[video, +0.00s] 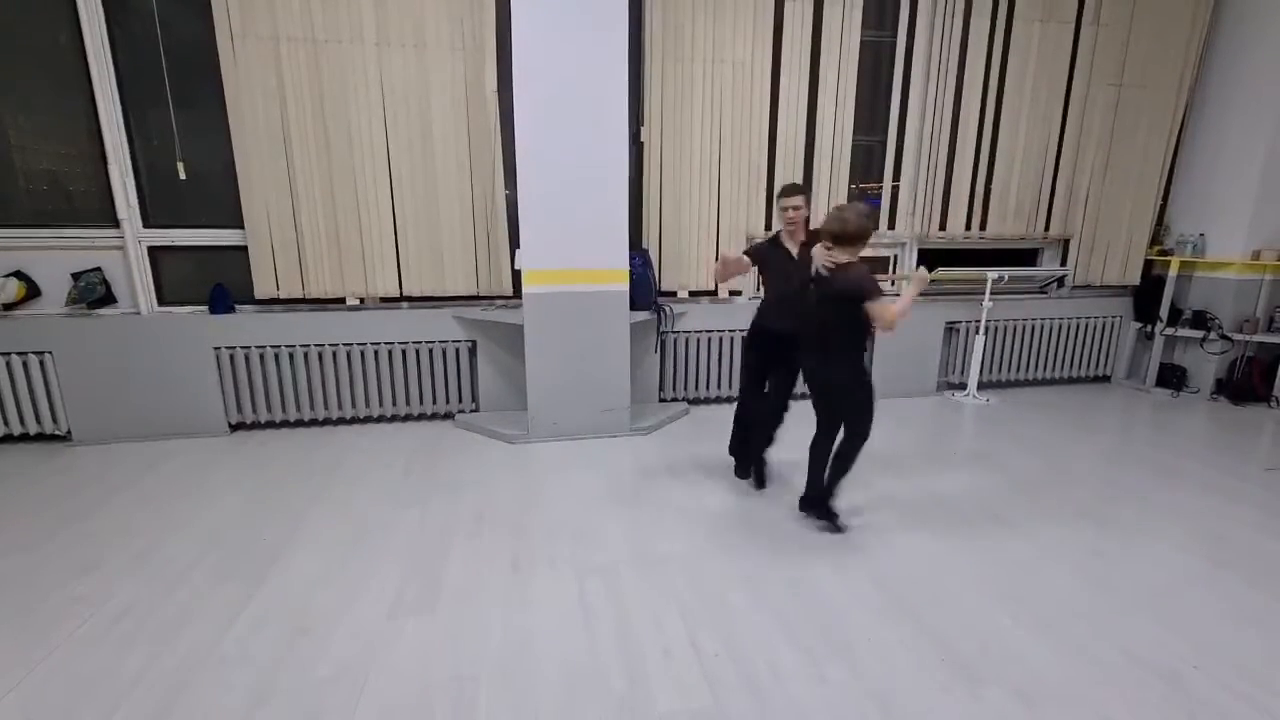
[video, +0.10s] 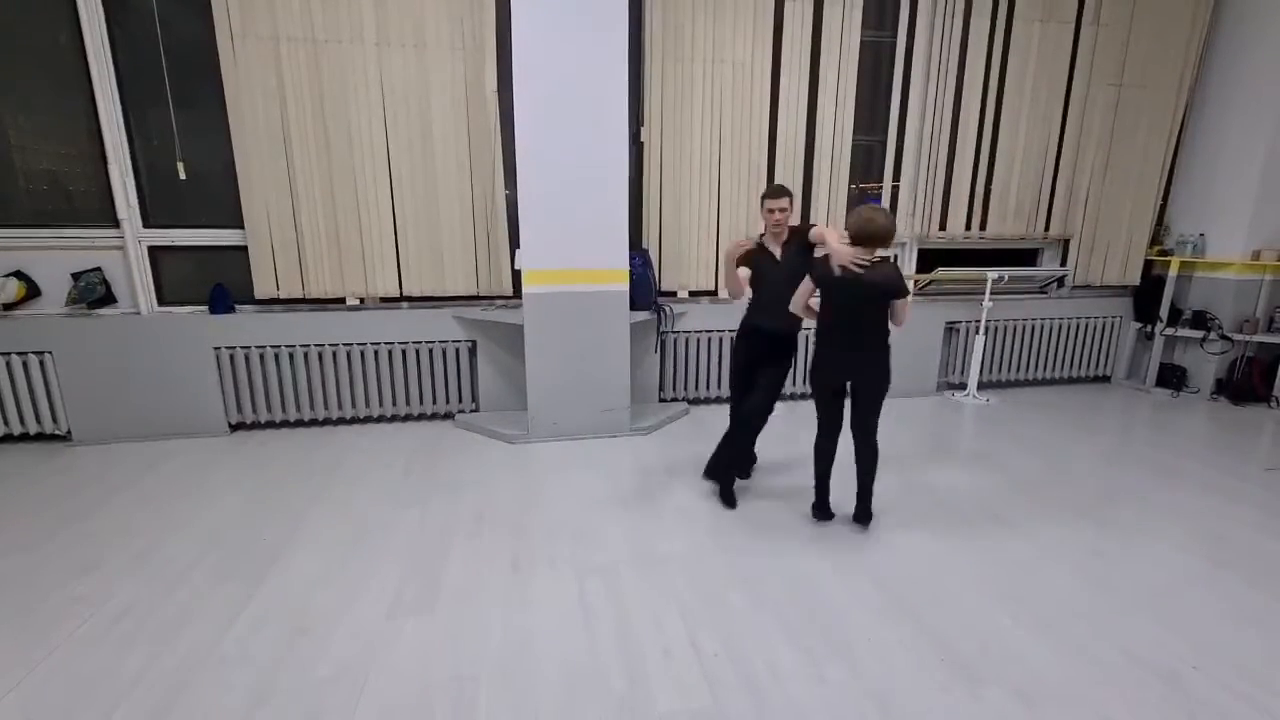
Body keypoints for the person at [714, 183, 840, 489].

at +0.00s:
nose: (791, 215)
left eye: (797, 209)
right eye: (785, 209)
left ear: (808, 211)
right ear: (778, 213)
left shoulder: (820, 246)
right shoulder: (766, 249)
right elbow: (723, 276)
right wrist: (726, 266)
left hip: (797, 334)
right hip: (765, 331)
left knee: (779, 400)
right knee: (751, 395)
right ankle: (742, 456)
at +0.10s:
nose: (777, 217)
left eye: (782, 211)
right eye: (771, 211)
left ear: (792, 212)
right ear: (762, 214)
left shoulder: (802, 236)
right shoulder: (753, 250)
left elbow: (825, 232)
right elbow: (735, 293)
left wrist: (835, 246)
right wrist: (730, 260)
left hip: (783, 335)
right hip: (751, 332)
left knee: (760, 406)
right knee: (742, 401)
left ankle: (722, 470)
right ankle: (743, 459)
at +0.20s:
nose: (764, 215)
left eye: (770, 209)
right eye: (758, 209)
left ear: (777, 210)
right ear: (748, 212)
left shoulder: (791, 234)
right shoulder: (739, 255)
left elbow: (831, 235)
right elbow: (739, 306)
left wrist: (863, 244)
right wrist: (732, 274)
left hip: (774, 338)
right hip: (742, 336)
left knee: (746, 413)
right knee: (735, 410)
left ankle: (716, 486)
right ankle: (744, 460)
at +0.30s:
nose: (757, 212)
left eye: (762, 205)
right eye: (750, 206)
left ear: (770, 206)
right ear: (739, 208)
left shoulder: (784, 231)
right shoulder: (729, 253)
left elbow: (832, 231)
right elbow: (719, 301)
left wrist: (875, 242)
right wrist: (730, 315)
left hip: (768, 337)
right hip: (735, 336)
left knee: (741, 410)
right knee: (731, 405)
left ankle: (719, 491)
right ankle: (744, 457)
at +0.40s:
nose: (750, 209)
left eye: (756, 203)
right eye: (744, 203)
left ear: (763, 203)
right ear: (732, 205)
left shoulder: (777, 231)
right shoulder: (721, 249)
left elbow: (830, 231)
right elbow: (705, 293)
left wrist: (876, 240)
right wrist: (706, 325)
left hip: (761, 338)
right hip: (728, 338)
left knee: (738, 412)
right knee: (731, 408)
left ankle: (717, 489)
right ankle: (744, 457)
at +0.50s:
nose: (747, 209)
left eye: (752, 203)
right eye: (740, 203)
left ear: (759, 203)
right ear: (726, 204)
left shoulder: (772, 233)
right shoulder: (714, 247)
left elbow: (824, 238)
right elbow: (689, 288)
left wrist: (872, 241)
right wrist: (683, 324)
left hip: (758, 338)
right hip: (723, 337)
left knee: (736, 412)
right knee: (728, 410)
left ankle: (716, 489)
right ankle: (741, 460)